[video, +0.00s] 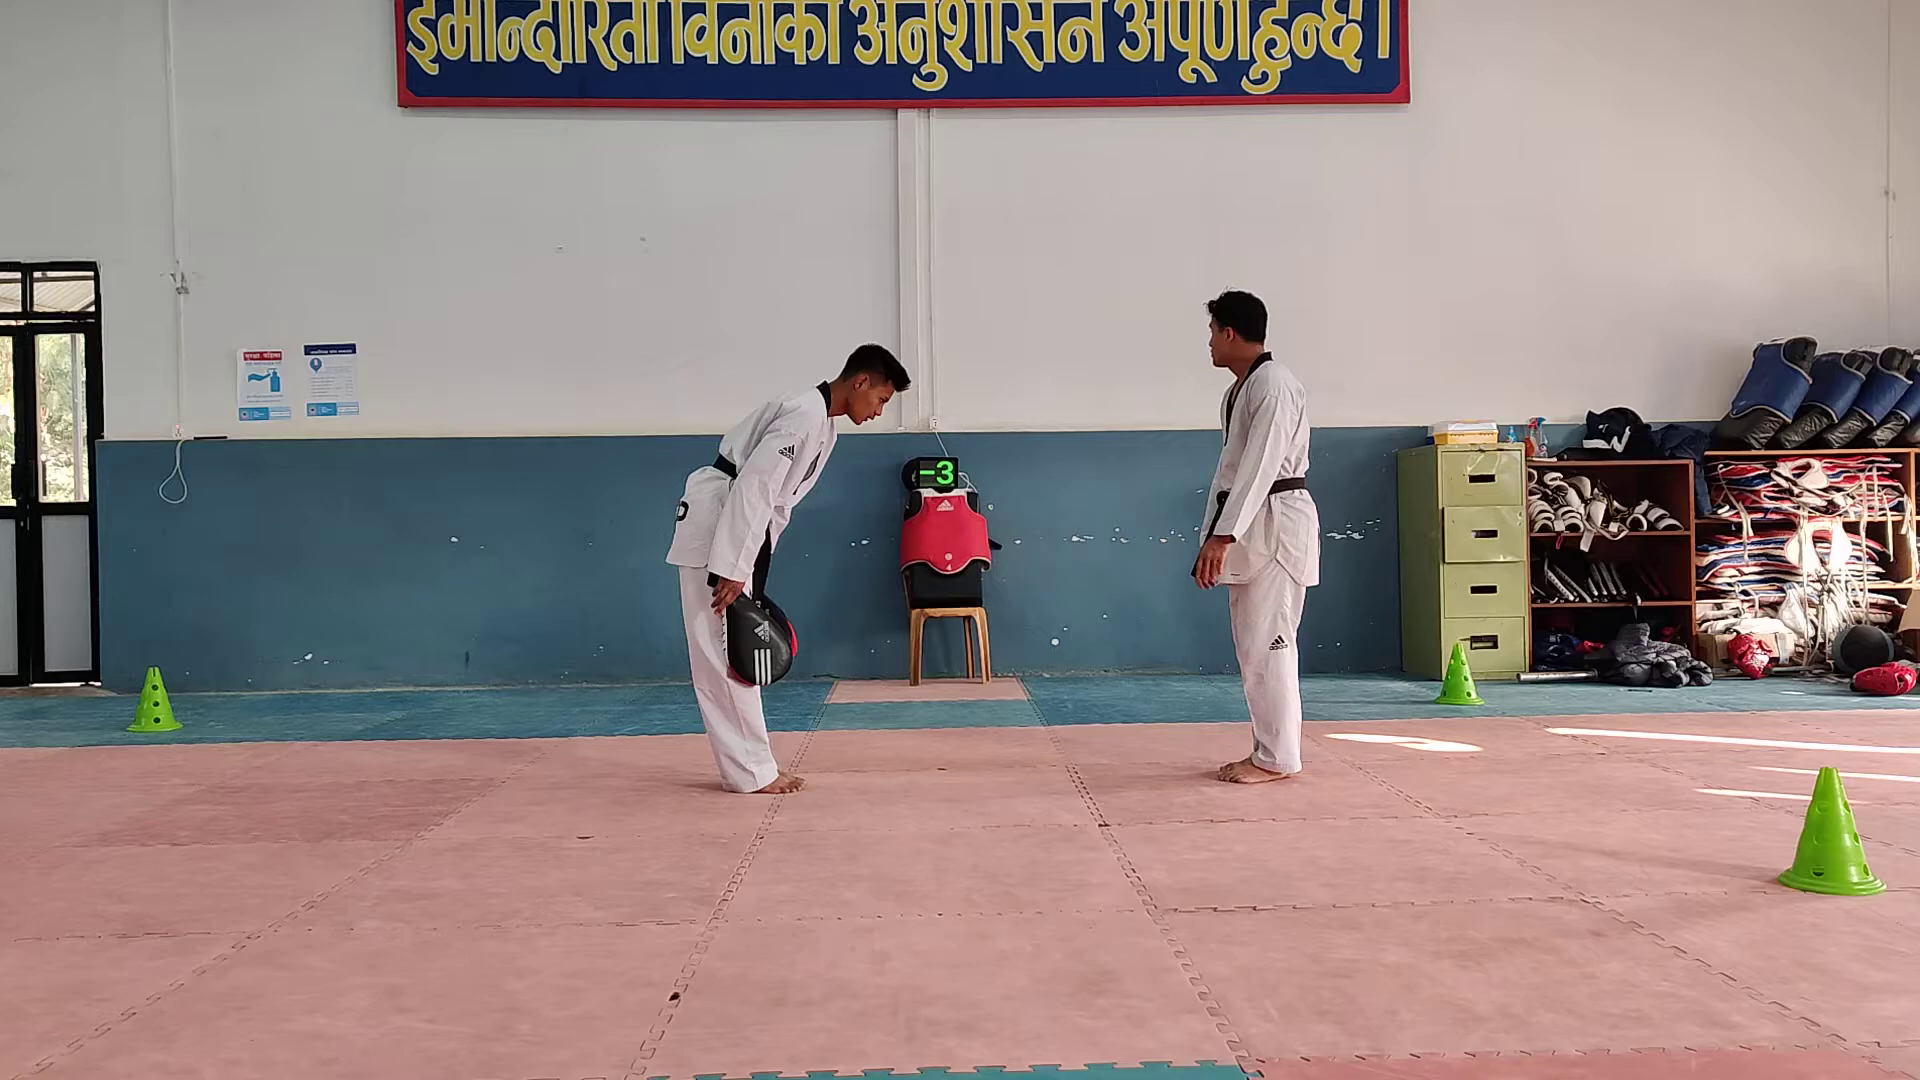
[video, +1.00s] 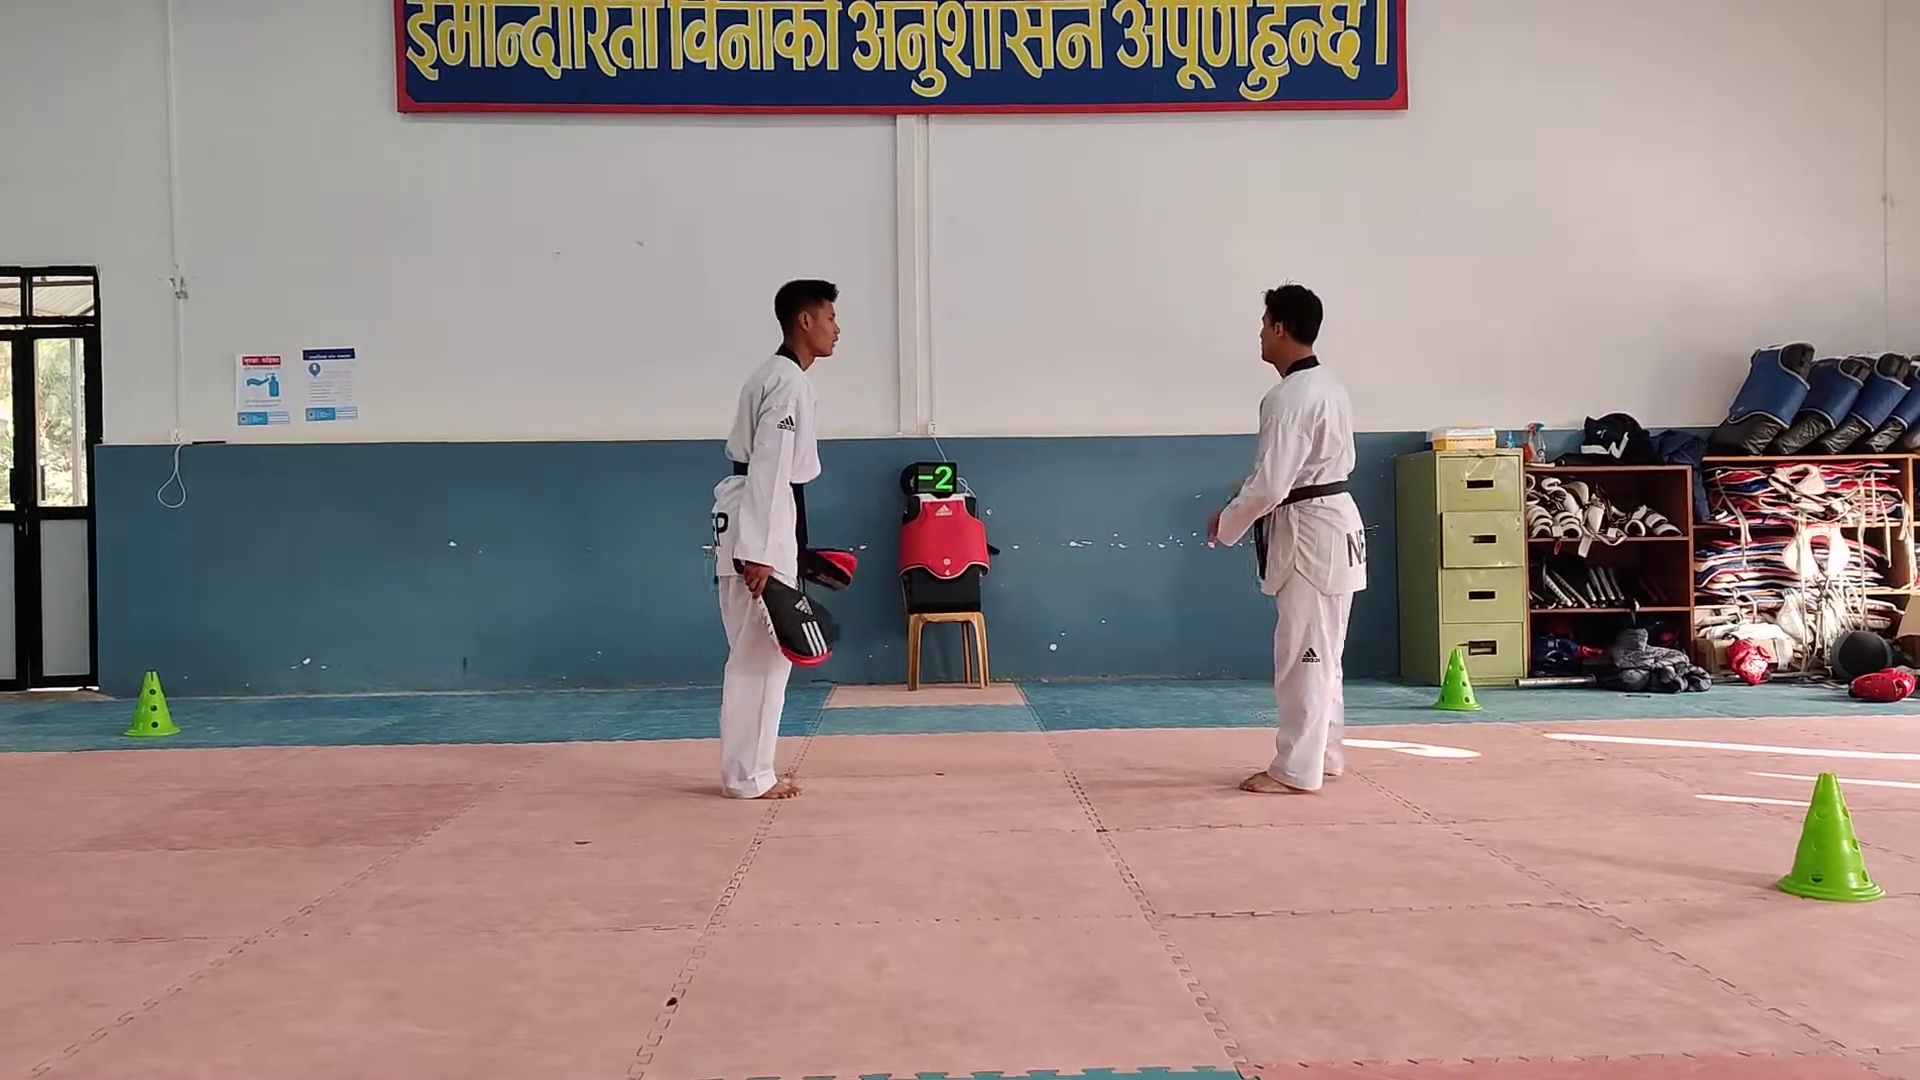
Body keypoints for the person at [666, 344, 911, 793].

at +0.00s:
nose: (880, 411)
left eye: (886, 403)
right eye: (881, 399)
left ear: (859, 385)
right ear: (860, 381)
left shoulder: (822, 427)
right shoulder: (805, 415)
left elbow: (778, 505)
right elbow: (751, 488)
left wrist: (753, 578)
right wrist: (735, 567)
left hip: (733, 526)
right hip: (712, 524)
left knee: (735, 648)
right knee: (721, 650)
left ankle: (754, 767)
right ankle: (748, 772)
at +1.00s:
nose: (837, 328)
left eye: (835, 318)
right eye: (830, 317)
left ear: (801, 323)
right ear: (805, 321)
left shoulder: (774, 377)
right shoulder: (788, 383)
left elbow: (771, 476)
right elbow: (767, 475)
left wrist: (796, 552)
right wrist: (758, 550)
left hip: (752, 524)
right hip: (760, 529)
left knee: (758, 653)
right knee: (766, 654)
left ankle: (749, 771)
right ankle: (749, 776)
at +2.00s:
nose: (780, 295)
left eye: (775, 286)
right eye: (770, 287)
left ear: (740, 300)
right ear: (746, 297)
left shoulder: (709, 364)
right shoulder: (771, 355)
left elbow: (703, 451)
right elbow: (777, 445)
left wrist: (723, 501)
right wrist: (781, 518)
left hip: (722, 507)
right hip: (762, 504)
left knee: (728, 632)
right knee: (790, 633)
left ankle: (720, 749)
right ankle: (815, 758)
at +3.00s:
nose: (839, 327)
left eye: (839, 316)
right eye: (834, 316)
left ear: (795, 316)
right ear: (809, 315)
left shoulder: (736, 362)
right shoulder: (804, 375)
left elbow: (693, 422)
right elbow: (841, 462)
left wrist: (733, 460)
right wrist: (915, 472)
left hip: (708, 495)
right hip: (754, 502)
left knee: (708, 633)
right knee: (769, 633)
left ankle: (697, 759)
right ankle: (783, 766)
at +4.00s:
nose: (594, 290)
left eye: (594, 280)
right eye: (585, 280)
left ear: (571, 286)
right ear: (553, 284)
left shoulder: (570, 348)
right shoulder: (526, 345)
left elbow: (562, 422)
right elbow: (575, 414)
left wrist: (583, 445)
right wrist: (655, 412)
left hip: (562, 479)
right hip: (512, 477)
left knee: (610, 589)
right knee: (476, 596)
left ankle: (639, 709)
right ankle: (430, 710)